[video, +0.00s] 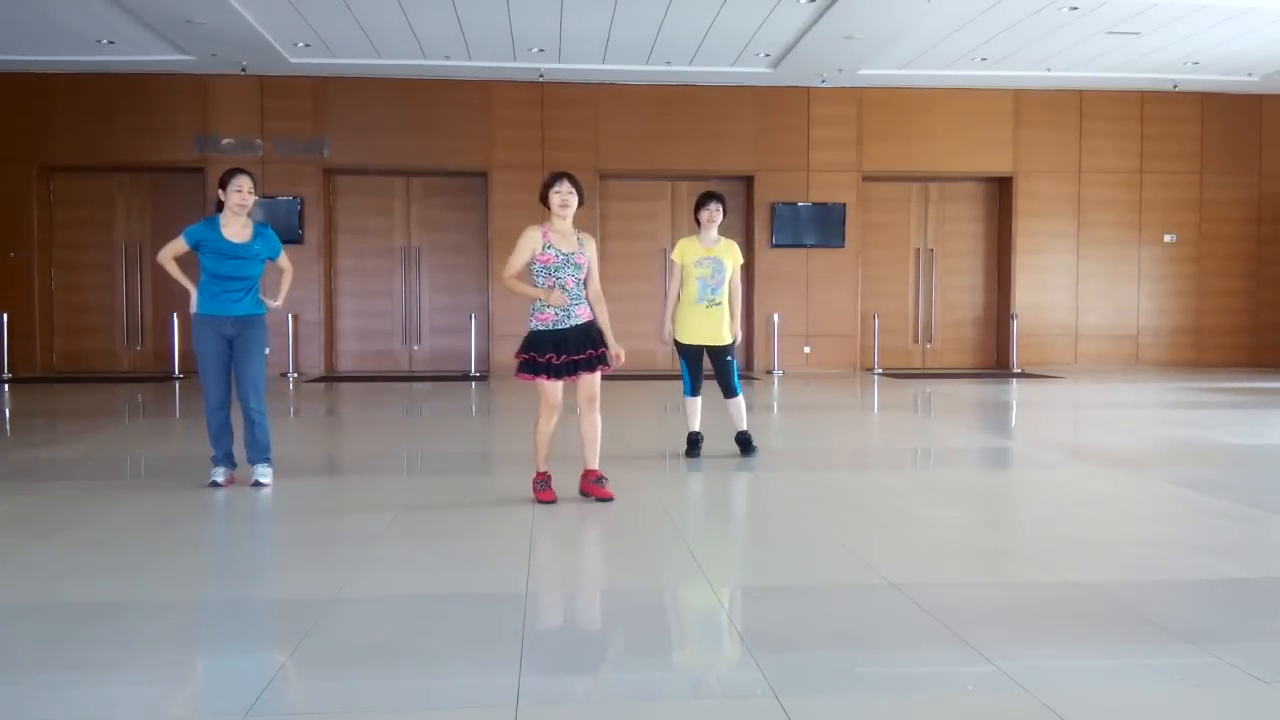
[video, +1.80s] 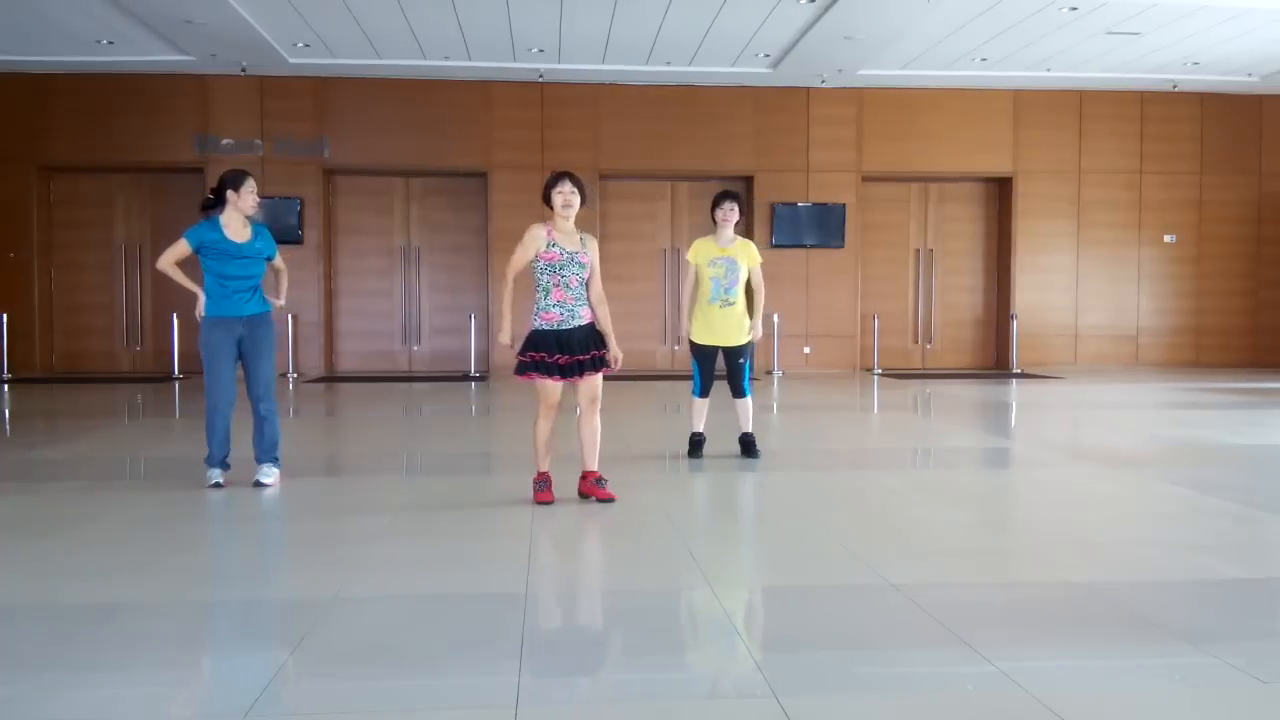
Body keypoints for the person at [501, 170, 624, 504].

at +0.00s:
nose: (564, 197)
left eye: (570, 193)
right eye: (557, 193)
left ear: (578, 201)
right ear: (547, 200)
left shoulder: (586, 242)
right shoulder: (534, 235)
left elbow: (595, 292)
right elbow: (508, 277)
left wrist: (610, 339)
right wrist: (542, 293)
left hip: (585, 330)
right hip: (548, 332)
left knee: (590, 401)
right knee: (552, 405)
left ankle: (592, 474)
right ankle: (542, 475)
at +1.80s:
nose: (567, 198)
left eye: (573, 193)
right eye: (560, 193)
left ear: (581, 200)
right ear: (549, 200)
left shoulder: (589, 243)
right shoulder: (538, 235)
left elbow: (597, 296)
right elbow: (509, 274)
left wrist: (611, 341)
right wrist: (506, 324)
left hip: (586, 332)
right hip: (548, 334)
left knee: (591, 403)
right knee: (549, 405)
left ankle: (591, 477)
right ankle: (542, 476)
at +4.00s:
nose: (567, 205)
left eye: (574, 200)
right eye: (561, 200)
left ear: (584, 206)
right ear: (551, 206)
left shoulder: (599, 246)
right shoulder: (539, 243)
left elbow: (608, 298)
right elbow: (494, 267)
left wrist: (615, 344)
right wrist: (524, 288)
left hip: (584, 339)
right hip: (545, 337)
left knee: (594, 411)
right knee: (545, 404)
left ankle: (600, 475)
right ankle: (545, 477)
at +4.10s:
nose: (569, 204)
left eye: (575, 199)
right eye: (563, 199)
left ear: (586, 205)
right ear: (553, 205)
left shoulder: (602, 244)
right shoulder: (541, 243)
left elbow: (612, 296)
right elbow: (495, 268)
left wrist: (619, 344)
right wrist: (526, 296)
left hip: (588, 338)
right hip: (549, 336)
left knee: (592, 411)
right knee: (550, 405)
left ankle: (602, 475)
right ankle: (547, 476)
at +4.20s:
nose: (572, 202)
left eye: (579, 197)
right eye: (566, 196)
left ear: (588, 203)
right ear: (556, 202)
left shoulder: (604, 241)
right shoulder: (544, 240)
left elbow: (615, 293)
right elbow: (500, 269)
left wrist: (623, 342)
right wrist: (530, 303)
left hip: (595, 333)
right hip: (555, 332)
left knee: (594, 408)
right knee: (555, 404)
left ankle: (602, 476)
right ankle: (550, 476)